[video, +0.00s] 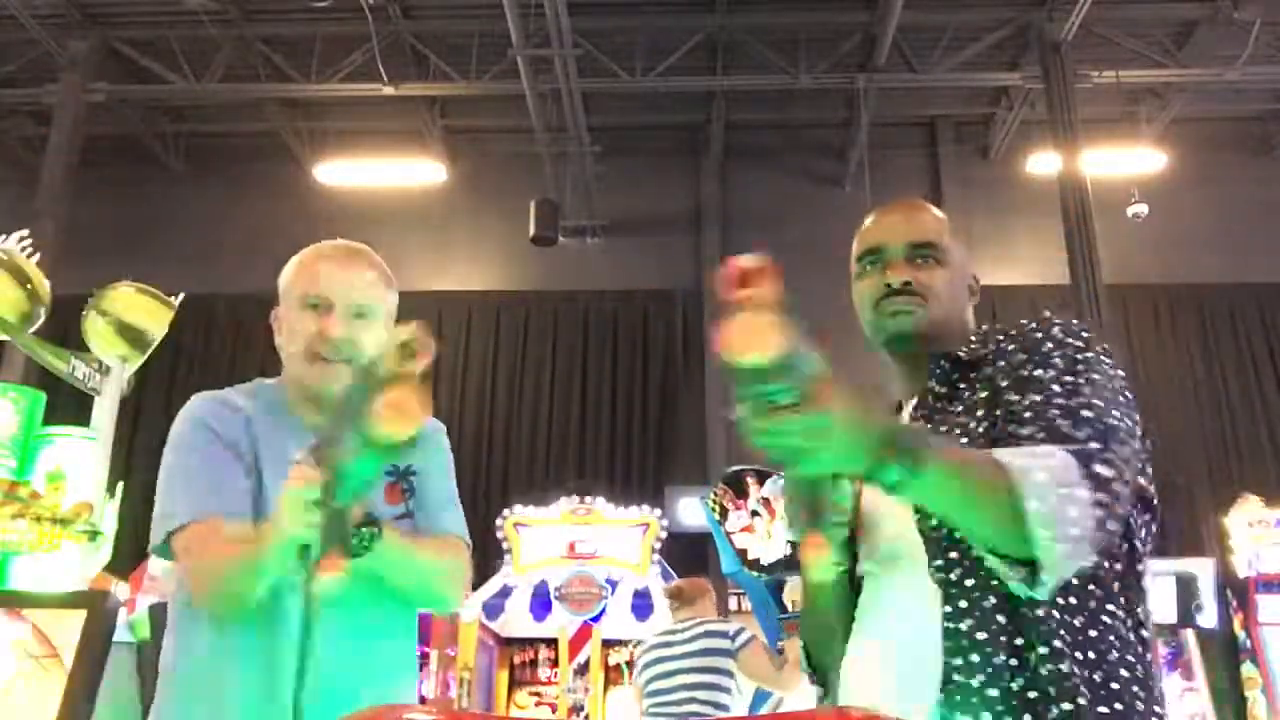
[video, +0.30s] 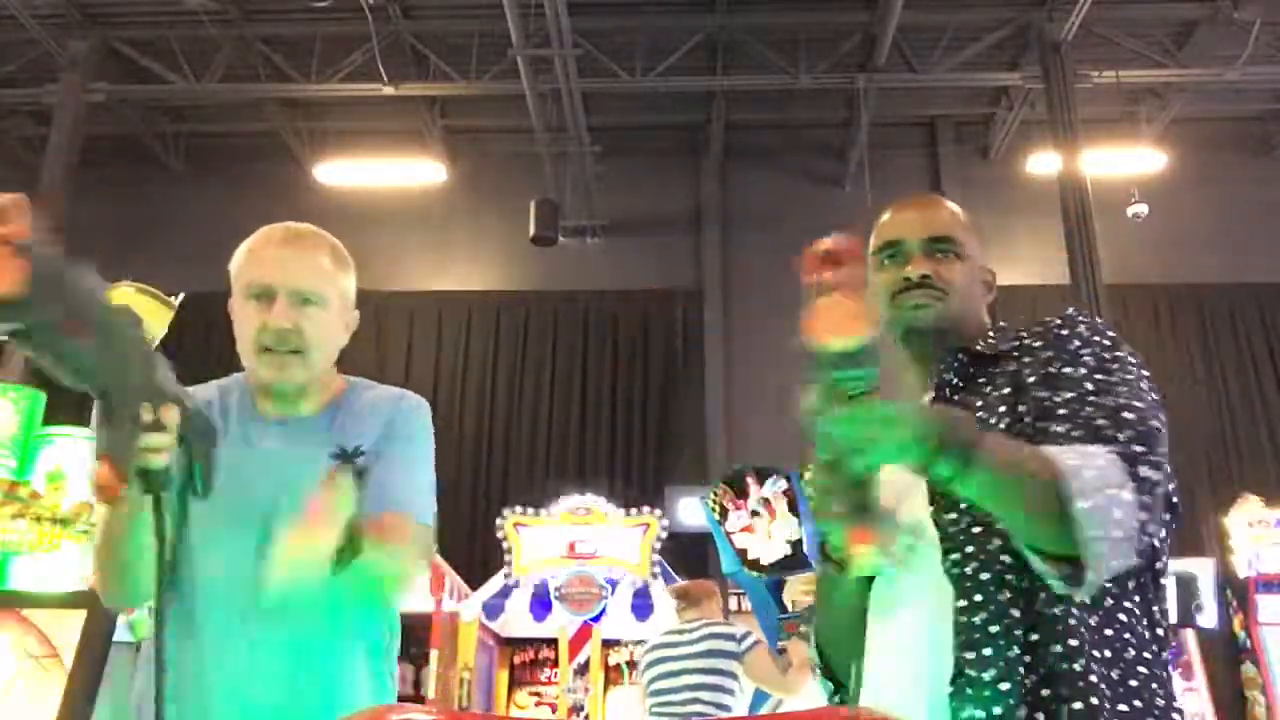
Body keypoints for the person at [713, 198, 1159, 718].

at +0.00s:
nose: (896, 274)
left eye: (924, 257)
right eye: (872, 263)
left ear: (972, 281)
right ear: (853, 301)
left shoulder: (1052, 352)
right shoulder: (873, 443)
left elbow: (1072, 522)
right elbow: (836, 664)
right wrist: (818, 532)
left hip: (1060, 701)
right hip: (899, 704)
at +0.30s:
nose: (915, 269)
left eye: (942, 251)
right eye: (892, 256)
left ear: (987, 284)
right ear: (871, 293)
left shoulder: (1072, 349)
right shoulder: (875, 426)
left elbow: (1114, 522)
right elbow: (849, 670)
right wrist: (843, 538)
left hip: (1088, 698)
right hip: (931, 704)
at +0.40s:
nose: (929, 270)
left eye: (948, 247)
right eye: (902, 255)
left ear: (986, 271)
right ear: (876, 297)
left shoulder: (1087, 353)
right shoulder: (874, 424)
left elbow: (1150, 519)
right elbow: (828, 656)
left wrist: (1011, 406)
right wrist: (859, 528)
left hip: (1101, 701)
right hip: (924, 709)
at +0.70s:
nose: (945, 274)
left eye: (969, 257)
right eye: (916, 259)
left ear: (1002, 288)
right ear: (885, 297)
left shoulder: (1091, 360)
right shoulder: (872, 429)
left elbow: (1106, 514)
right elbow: (856, 667)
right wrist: (852, 537)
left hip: (1083, 701)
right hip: (919, 706)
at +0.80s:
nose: (944, 274)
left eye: (968, 257)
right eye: (916, 261)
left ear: (1005, 286)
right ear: (887, 302)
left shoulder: (1089, 359)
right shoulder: (902, 447)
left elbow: (1037, 487)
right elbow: (871, 666)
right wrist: (845, 551)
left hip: (1088, 697)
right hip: (933, 702)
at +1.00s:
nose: (947, 271)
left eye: (971, 256)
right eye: (919, 261)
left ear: (1009, 286)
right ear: (892, 302)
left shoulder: (1099, 352)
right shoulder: (900, 434)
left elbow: (1098, 515)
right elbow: (879, 669)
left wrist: (919, 434)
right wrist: (856, 515)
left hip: (1098, 701)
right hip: (938, 705)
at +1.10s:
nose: (949, 273)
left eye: (974, 255)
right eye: (923, 259)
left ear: (1012, 287)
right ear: (898, 296)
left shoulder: (1103, 358)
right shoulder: (901, 423)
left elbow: (1131, 531)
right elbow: (870, 666)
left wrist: (963, 437)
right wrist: (871, 535)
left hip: (1126, 696)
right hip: (946, 703)